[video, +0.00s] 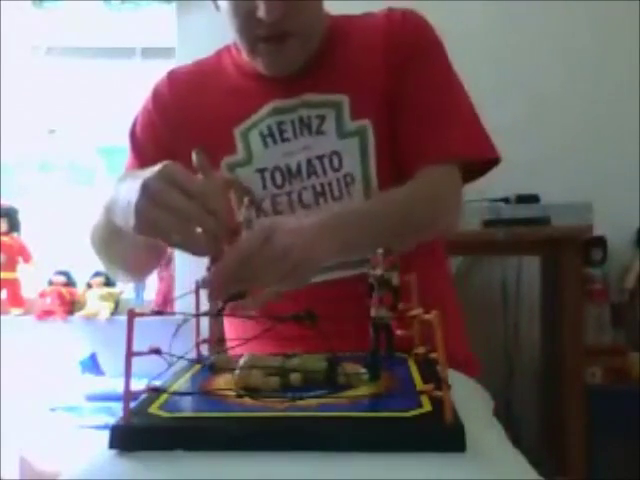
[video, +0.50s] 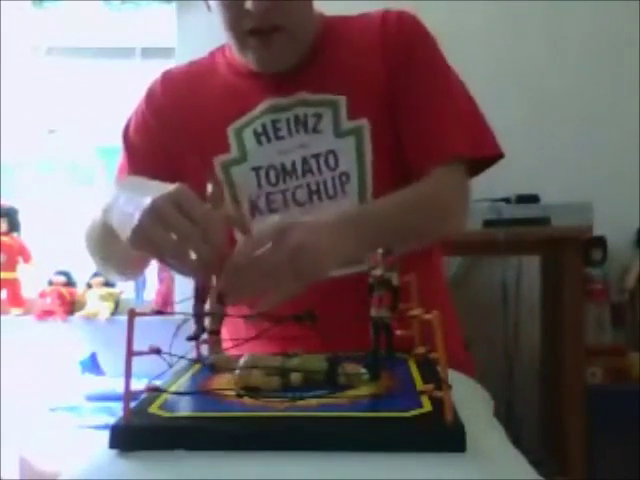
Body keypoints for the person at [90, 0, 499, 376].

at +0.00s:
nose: (267, 12)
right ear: (220, 1)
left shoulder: (396, 43)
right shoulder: (180, 97)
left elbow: (440, 202)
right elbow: (130, 264)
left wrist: (309, 240)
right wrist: (124, 204)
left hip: (414, 378)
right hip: (264, 393)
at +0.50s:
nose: (255, 7)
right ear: (212, 4)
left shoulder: (391, 42)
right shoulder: (174, 98)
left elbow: (447, 202)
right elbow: (115, 260)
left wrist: (327, 242)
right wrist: (124, 208)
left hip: (409, 371)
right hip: (253, 382)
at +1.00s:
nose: (247, 9)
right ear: (206, 5)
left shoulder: (387, 46)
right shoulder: (171, 100)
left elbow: (441, 203)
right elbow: (117, 259)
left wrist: (327, 235)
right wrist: (131, 207)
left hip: (401, 371)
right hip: (248, 382)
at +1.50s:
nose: (240, 11)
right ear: (199, 5)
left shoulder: (384, 47)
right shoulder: (170, 102)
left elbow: (437, 203)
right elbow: (115, 257)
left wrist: (321, 237)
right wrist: (128, 203)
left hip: (399, 366)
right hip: (249, 376)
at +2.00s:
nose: (244, 12)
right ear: (203, 5)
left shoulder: (385, 47)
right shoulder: (172, 102)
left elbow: (438, 202)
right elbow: (117, 259)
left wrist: (318, 237)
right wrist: (128, 203)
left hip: (399, 366)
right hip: (248, 375)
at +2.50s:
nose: (245, 12)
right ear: (205, 4)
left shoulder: (386, 46)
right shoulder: (173, 104)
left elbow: (439, 202)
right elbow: (123, 266)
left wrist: (320, 236)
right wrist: (124, 214)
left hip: (403, 367)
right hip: (256, 377)